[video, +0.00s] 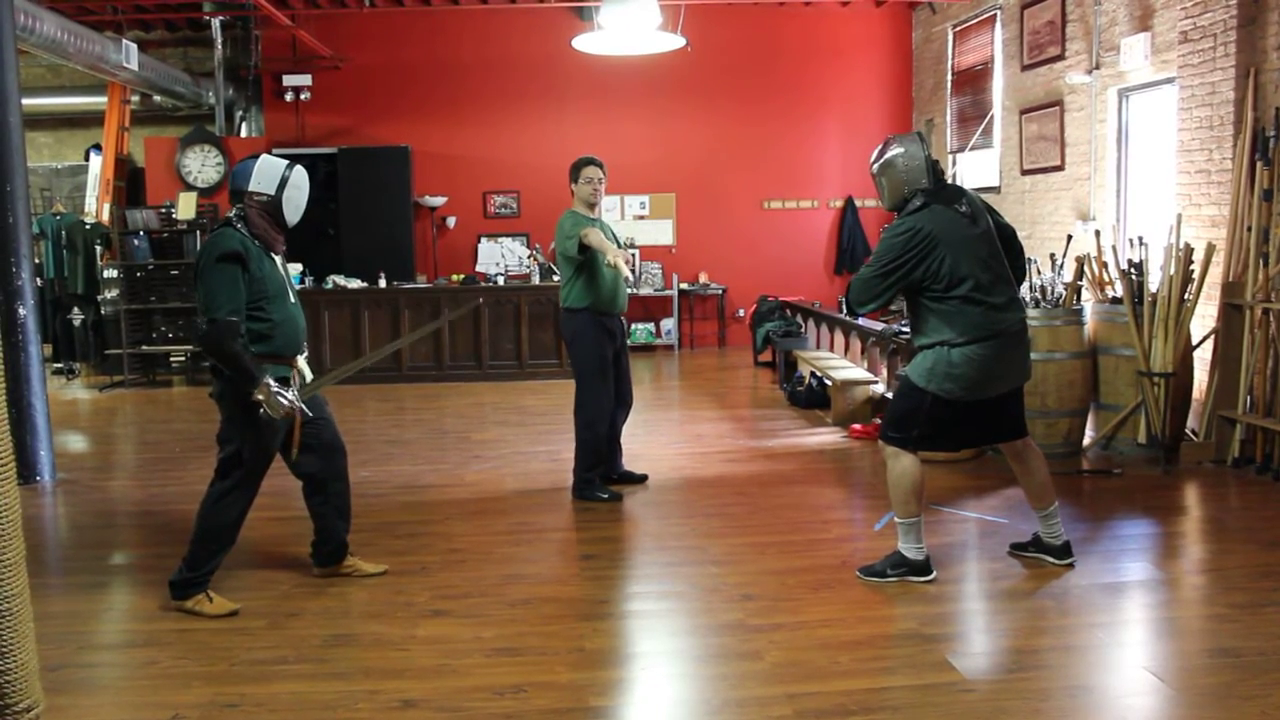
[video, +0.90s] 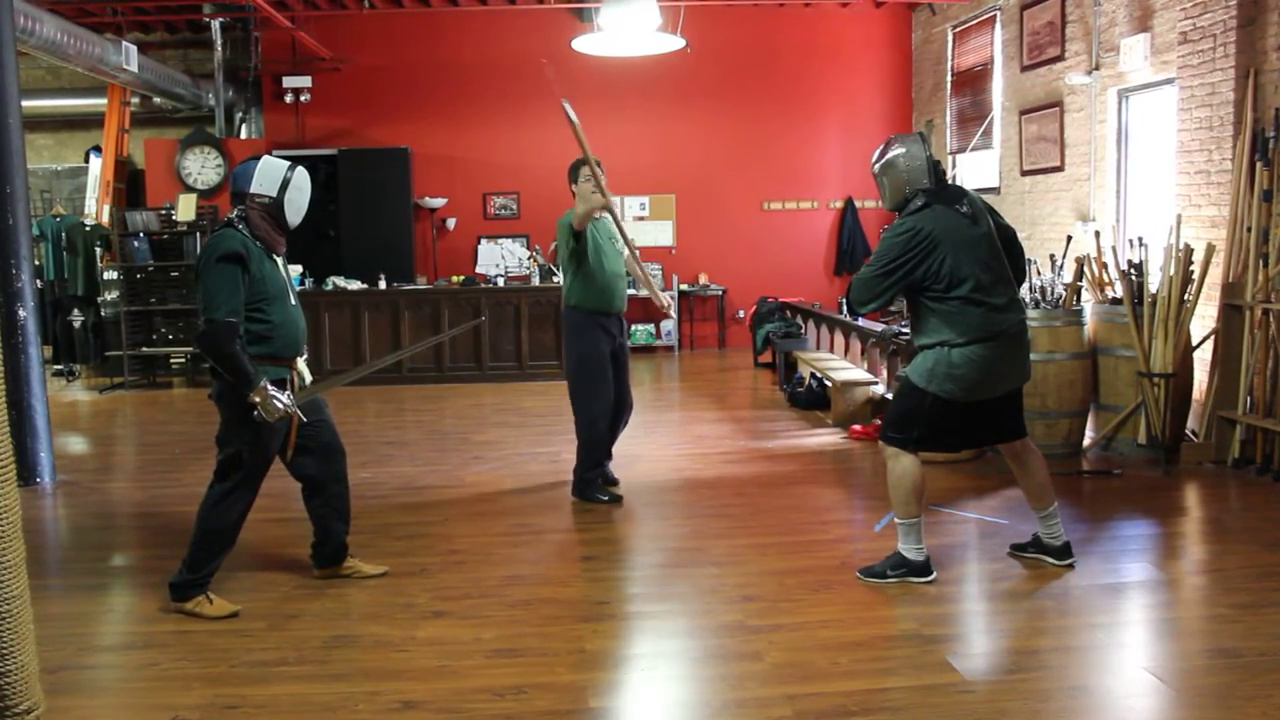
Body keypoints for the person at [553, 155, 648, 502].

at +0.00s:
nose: (596, 186)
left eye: (600, 181)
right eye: (588, 181)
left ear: (605, 186)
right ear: (574, 186)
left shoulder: (603, 226)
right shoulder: (571, 220)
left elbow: (614, 256)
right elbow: (591, 237)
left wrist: (623, 258)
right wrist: (612, 253)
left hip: (610, 319)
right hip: (585, 320)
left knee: (619, 398)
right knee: (594, 399)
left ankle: (610, 469)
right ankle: (585, 482)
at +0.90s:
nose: (596, 181)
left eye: (599, 175)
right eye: (587, 177)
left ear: (606, 182)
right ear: (574, 188)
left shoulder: (609, 224)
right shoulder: (569, 223)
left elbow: (627, 264)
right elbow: (578, 218)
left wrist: (654, 293)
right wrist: (593, 204)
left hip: (613, 322)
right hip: (584, 322)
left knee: (620, 403)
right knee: (595, 402)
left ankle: (598, 465)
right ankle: (585, 482)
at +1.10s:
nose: (601, 182)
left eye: (605, 177)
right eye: (593, 177)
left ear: (611, 183)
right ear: (581, 183)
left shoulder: (613, 226)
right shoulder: (575, 216)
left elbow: (632, 267)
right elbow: (556, 203)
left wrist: (654, 296)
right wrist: (556, 173)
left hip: (609, 318)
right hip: (580, 316)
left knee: (611, 396)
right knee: (585, 396)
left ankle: (596, 465)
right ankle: (586, 479)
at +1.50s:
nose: (596, 184)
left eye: (600, 180)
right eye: (589, 179)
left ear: (604, 188)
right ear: (575, 186)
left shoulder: (611, 230)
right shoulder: (556, 218)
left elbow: (634, 271)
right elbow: (517, 213)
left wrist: (658, 307)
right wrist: (512, 182)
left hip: (602, 316)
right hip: (567, 314)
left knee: (605, 390)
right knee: (560, 387)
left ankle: (597, 462)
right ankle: (548, 448)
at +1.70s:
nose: (584, 188)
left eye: (588, 184)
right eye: (577, 184)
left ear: (594, 192)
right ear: (564, 190)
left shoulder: (603, 234)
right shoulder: (546, 224)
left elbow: (624, 276)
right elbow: (507, 244)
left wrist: (642, 312)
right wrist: (495, 230)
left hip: (592, 319)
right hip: (556, 316)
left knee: (598, 389)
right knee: (551, 385)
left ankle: (597, 462)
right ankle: (546, 442)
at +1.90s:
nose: (570, 191)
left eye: (574, 187)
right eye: (563, 187)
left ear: (581, 194)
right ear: (552, 195)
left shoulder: (594, 236)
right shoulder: (536, 233)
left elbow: (614, 278)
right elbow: (502, 262)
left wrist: (631, 319)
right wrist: (484, 277)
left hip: (580, 321)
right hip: (543, 320)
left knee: (588, 385)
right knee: (546, 387)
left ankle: (592, 456)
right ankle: (549, 448)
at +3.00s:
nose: (554, 187)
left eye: (558, 182)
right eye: (548, 183)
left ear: (567, 185)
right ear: (541, 188)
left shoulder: (580, 225)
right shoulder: (528, 222)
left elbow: (602, 266)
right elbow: (501, 256)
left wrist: (618, 306)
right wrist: (472, 287)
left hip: (566, 298)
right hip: (531, 297)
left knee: (573, 363)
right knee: (520, 360)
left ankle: (571, 424)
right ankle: (502, 422)